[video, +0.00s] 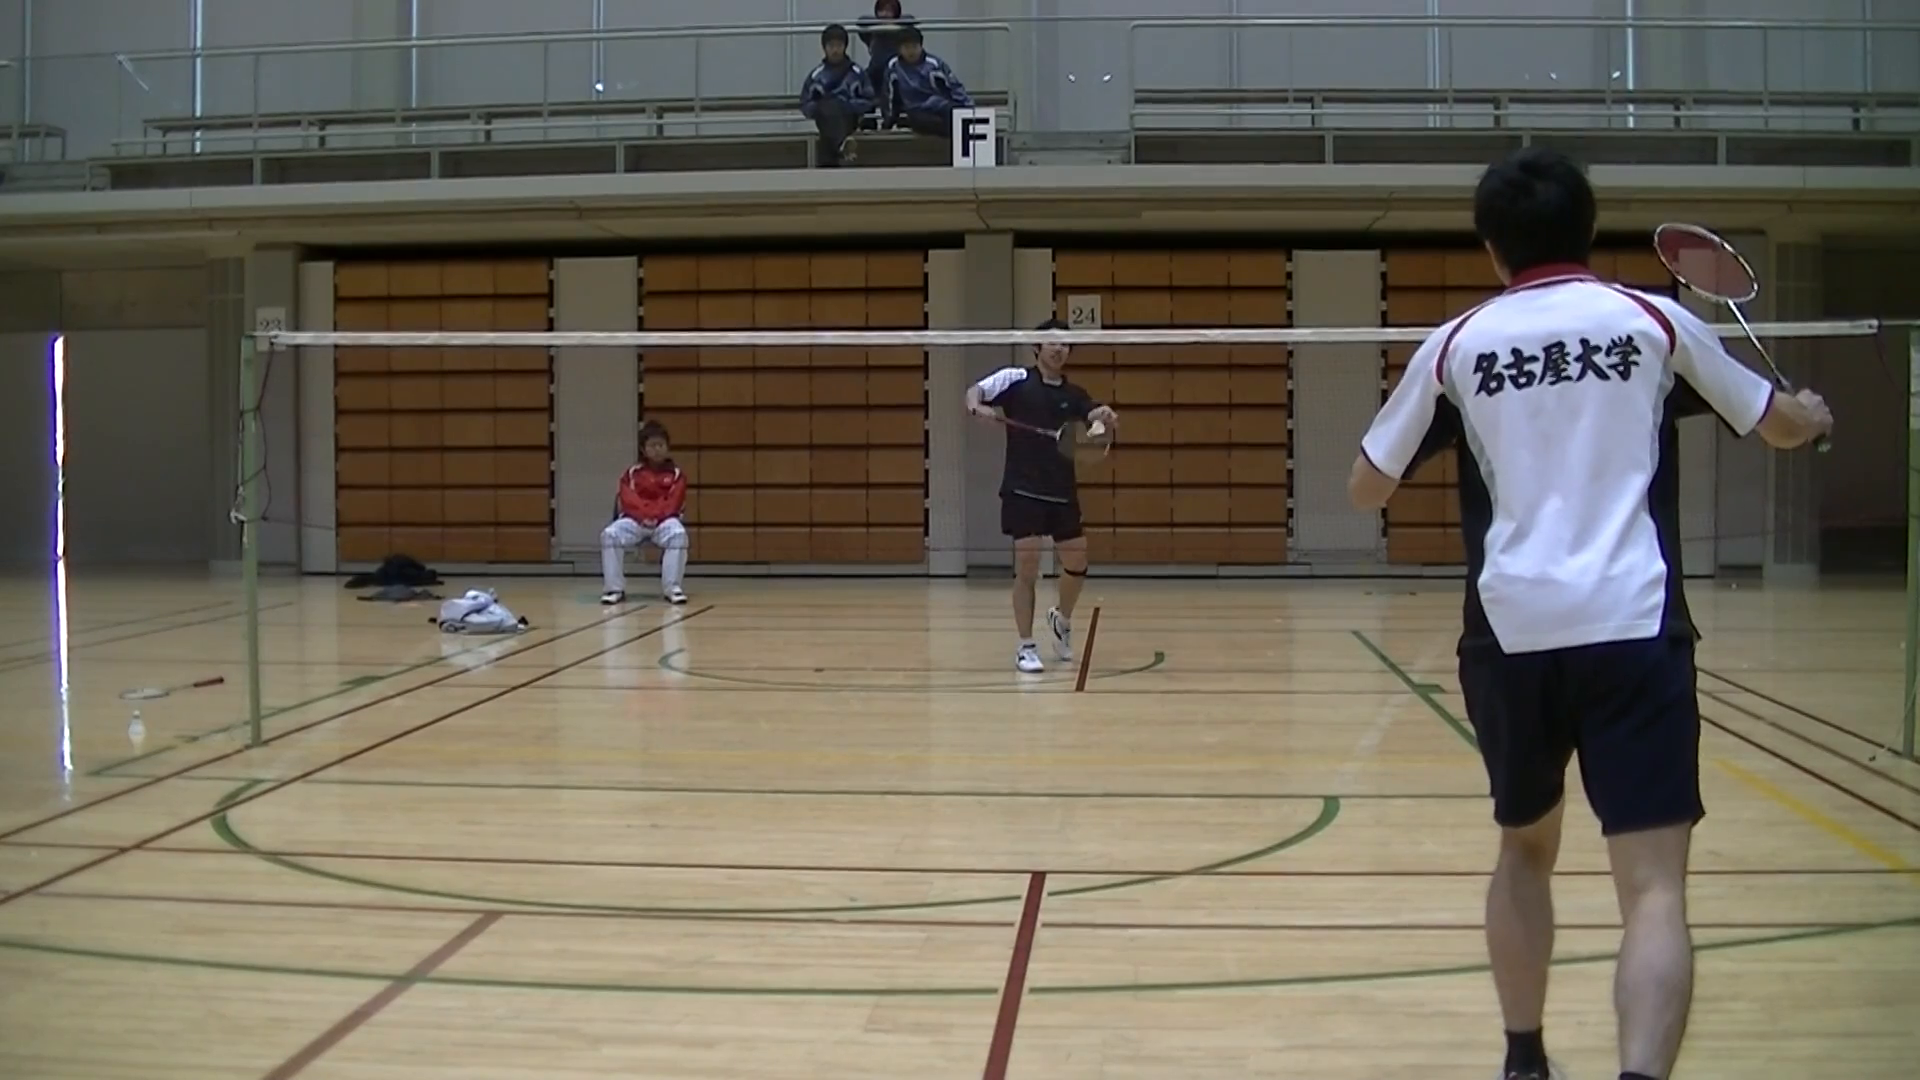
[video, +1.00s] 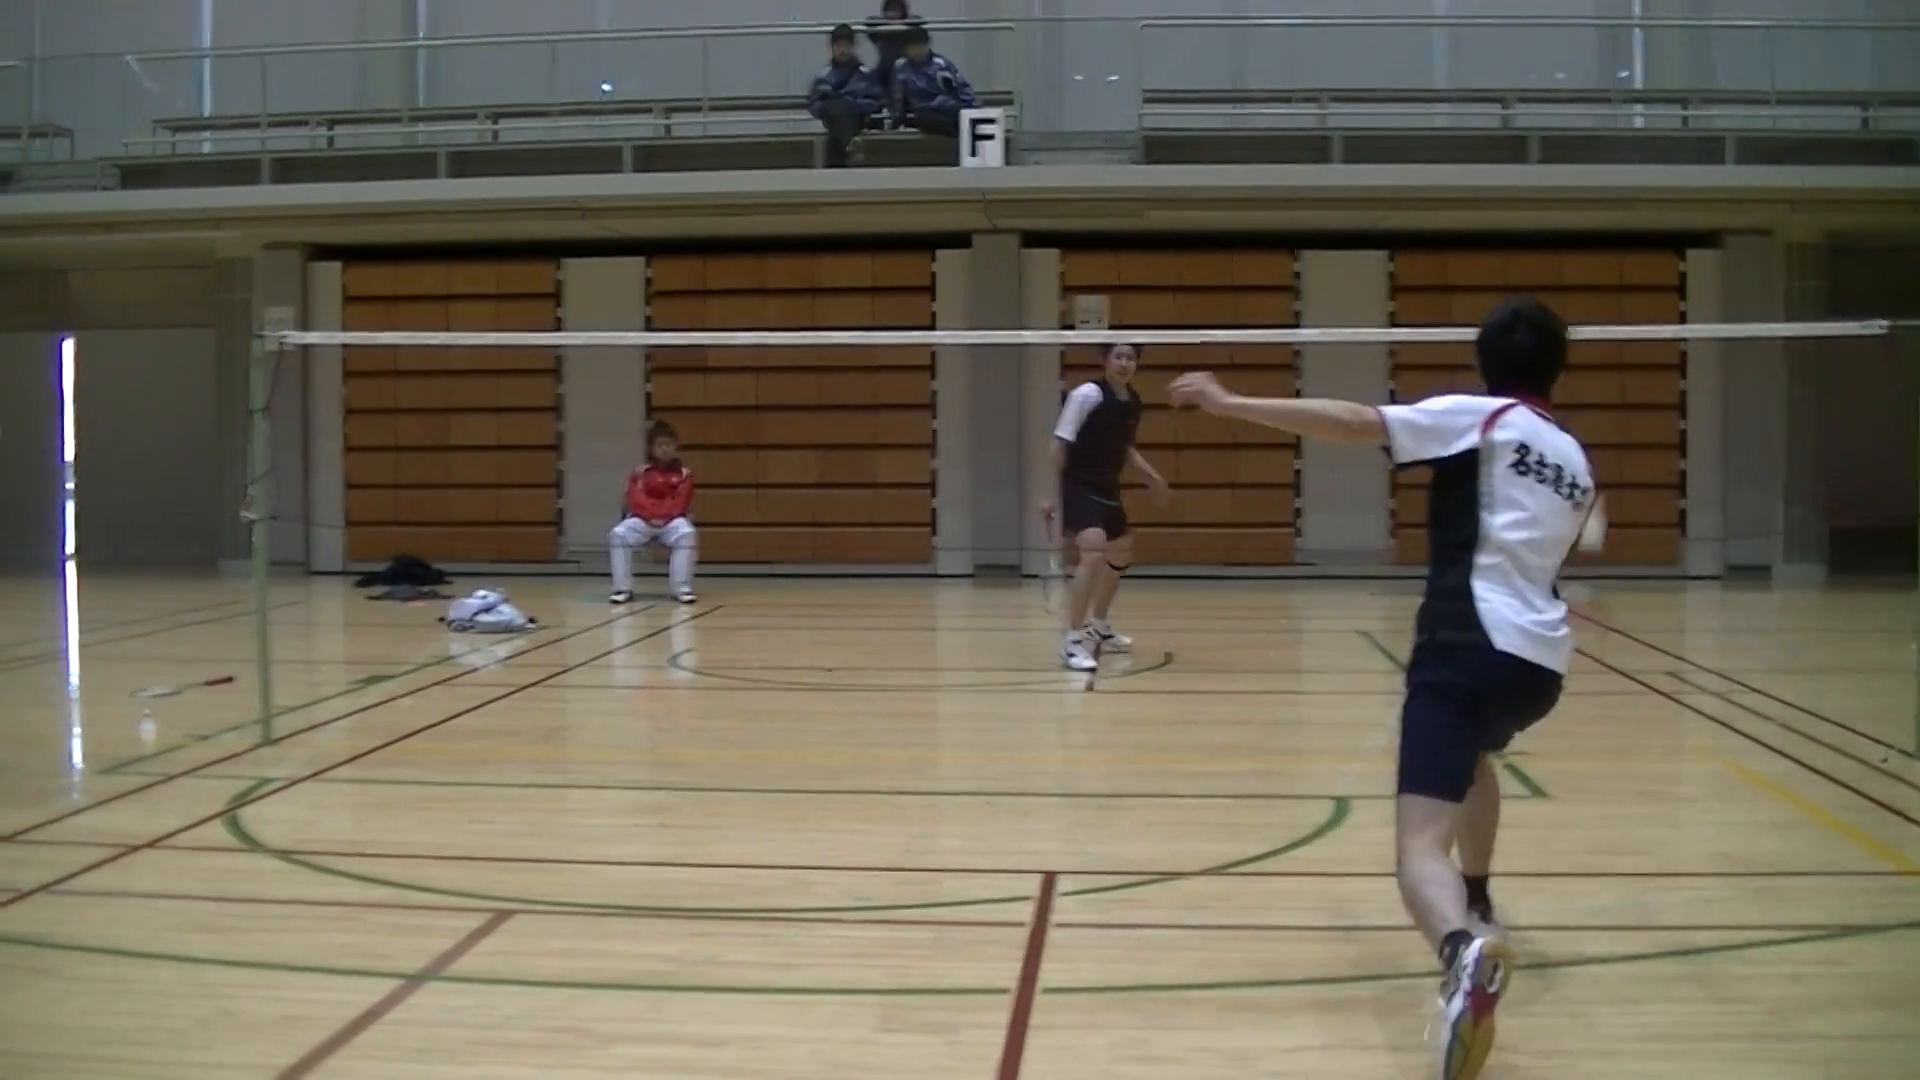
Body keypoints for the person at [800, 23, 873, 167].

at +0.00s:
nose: (835, 50)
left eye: (839, 45)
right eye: (831, 45)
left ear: (845, 47)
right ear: (824, 48)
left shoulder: (857, 72)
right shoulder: (815, 75)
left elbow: (869, 102)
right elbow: (806, 106)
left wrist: (844, 105)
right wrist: (822, 106)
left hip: (850, 119)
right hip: (824, 120)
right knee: (830, 105)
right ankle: (841, 143)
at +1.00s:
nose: (842, 50)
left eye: (846, 45)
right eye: (838, 46)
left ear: (852, 47)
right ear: (832, 48)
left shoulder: (866, 74)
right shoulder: (823, 76)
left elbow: (876, 103)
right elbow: (814, 105)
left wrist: (846, 103)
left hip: (860, 120)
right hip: (831, 120)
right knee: (835, 105)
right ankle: (851, 142)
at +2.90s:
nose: (833, 53)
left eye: (837, 48)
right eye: (829, 48)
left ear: (843, 49)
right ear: (822, 50)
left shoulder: (855, 75)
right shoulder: (813, 77)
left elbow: (867, 104)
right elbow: (803, 108)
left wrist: (842, 108)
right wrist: (824, 110)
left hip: (848, 122)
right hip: (821, 122)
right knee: (830, 107)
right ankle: (840, 146)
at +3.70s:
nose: (833, 52)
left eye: (837, 47)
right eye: (829, 48)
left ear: (843, 49)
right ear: (822, 50)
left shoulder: (855, 74)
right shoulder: (813, 76)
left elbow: (867, 102)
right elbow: (803, 106)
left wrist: (843, 107)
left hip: (847, 119)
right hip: (821, 120)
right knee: (831, 106)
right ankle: (840, 145)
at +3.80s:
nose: (833, 52)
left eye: (837, 47)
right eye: (829, 47)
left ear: (843, 48)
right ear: (822, 49)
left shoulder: (855, 74)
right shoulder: (813, 76)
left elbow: (867, 102)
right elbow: (803, 106)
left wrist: (844, 106)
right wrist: (820, 109)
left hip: (847, 119)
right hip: (821, 119)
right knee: (832, 105)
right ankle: (840, 144)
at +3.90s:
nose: (833, 51)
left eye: (837, 47)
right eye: (829, 47)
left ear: (843, 48)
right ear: (822, 49)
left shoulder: (855, 74)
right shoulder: (813, 76)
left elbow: (867, 103)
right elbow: (803, 106)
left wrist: (843, 106)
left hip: (848, 118)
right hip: (821, 118)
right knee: (832, 105)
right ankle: (840, 144)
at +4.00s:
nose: (833, 51)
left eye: (837, 47)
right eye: (829, 47)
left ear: (843, 48)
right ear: (822, 49)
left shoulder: (856, 74)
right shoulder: (813, 76)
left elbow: (867, 103)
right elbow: (803, 105)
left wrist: (844, 106)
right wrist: (818, 109)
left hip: (848, 119)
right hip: (821, 118)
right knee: (830, 105)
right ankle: (840, 144)